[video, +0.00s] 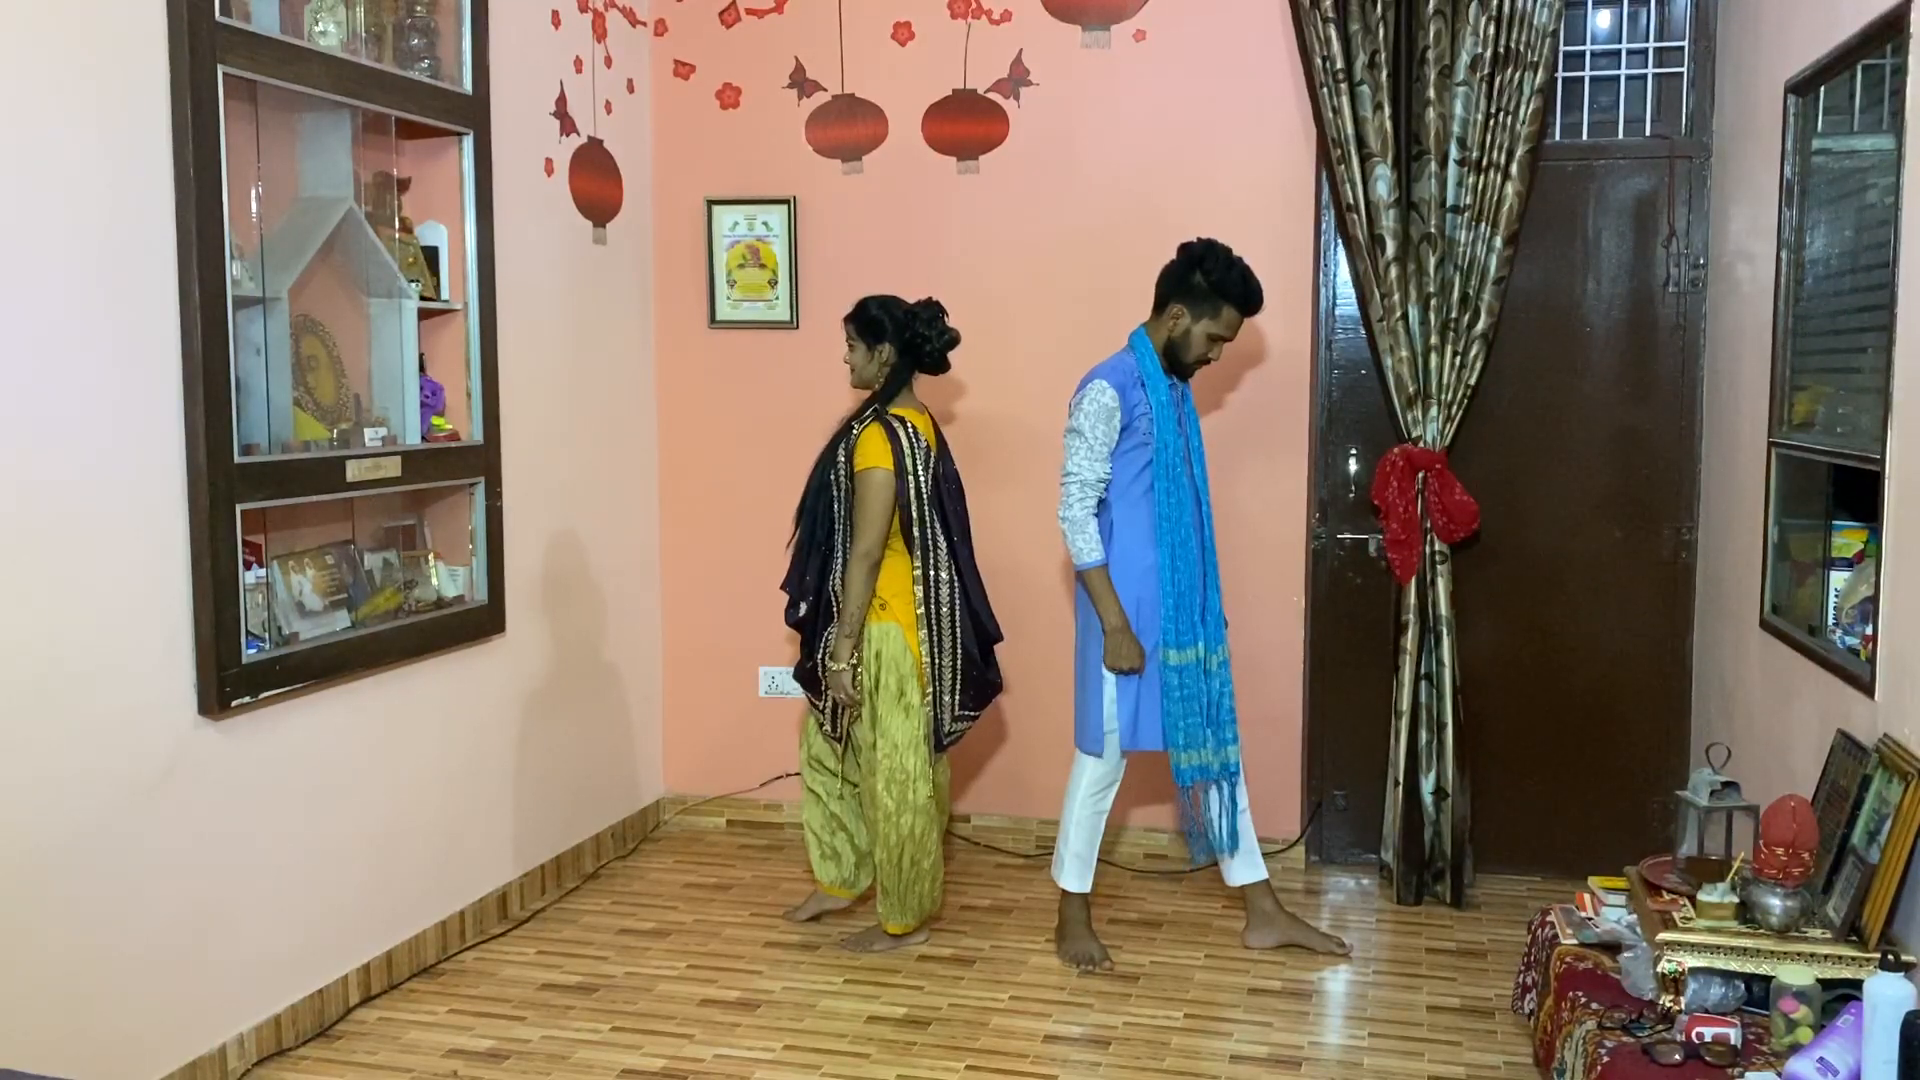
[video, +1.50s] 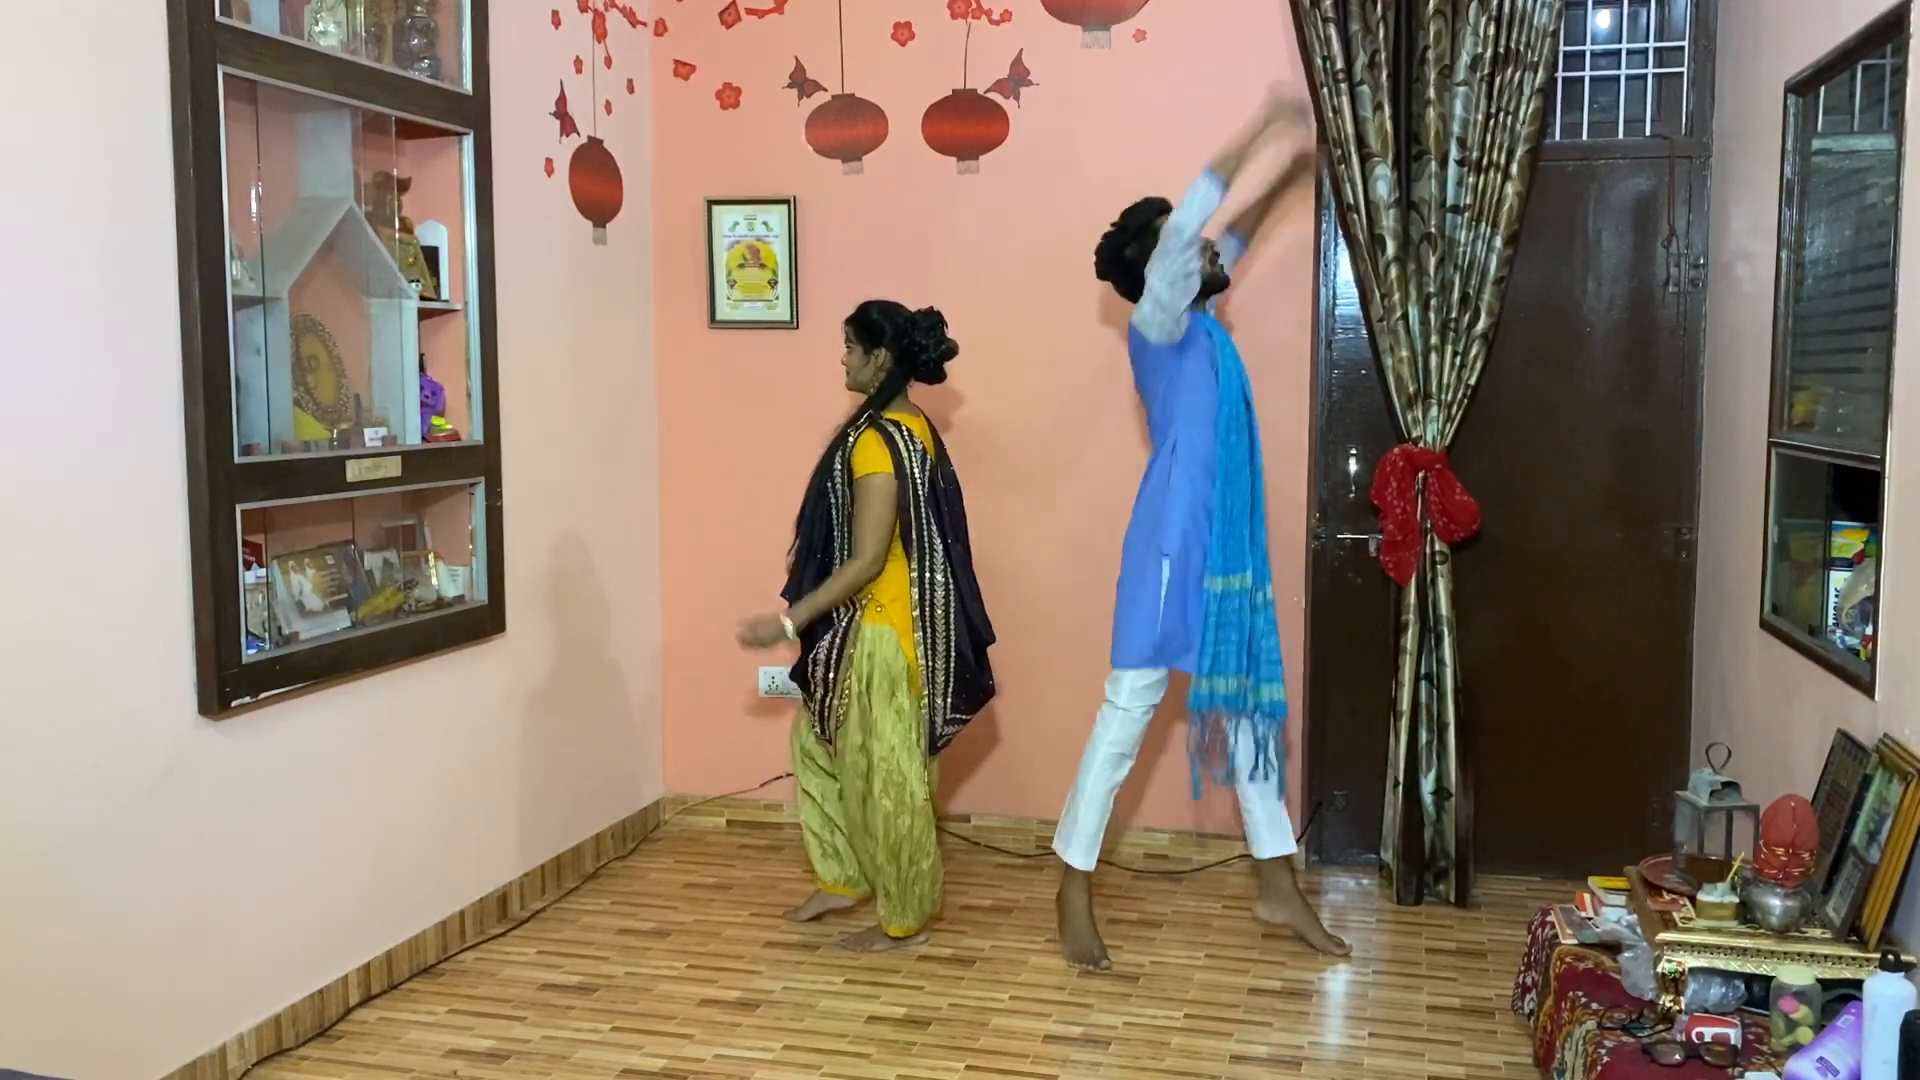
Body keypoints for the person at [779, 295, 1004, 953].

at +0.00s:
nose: (845, 359)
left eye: (854, 347)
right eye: (846, 346)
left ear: (887, 354)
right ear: (894, 354)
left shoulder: (880, 434)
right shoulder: (913, 423)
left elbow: (868, 551)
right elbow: (883, 547)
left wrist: (843, 648)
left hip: (886, 628)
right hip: (884, 618)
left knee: (896, 775)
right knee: (828, 752)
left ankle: (905, 915)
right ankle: (842, 878)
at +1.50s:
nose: (842, 359)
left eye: (850, 349)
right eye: (845, 348)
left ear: (880, 357)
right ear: (888, 358)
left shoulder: (877, 439)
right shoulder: (908, 426)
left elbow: (867, 558)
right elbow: (892, 552)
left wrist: (788, 618)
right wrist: (811, 614)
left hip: (880, 630)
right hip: (885, 623)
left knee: (889, 772)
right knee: (818, 745)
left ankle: (907, 915)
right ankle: (845, 880)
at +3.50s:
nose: (857, 314)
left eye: (856, 306)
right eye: (843, 306)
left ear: (851, 320)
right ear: (820, 321)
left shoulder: (881, 378)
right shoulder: (823, 378)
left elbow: (888, 313)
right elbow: (847, 306)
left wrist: (910, 236)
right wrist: (833, 201)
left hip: (886, 580)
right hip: (826, 573)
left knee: (909, 733)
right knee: (785, 723)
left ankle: (939, 874)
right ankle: (744, 871)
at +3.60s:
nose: (887, 346)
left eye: (887, 336)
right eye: (873, 336)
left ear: (884, 354)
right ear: (841, 352)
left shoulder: (905, 419)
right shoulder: (822, 410)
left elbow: (908, 385)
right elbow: (848, 421)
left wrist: (934, 356)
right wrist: (885, 358)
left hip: (906, 611)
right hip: (833, 608)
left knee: (925, 753)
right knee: (799, 745)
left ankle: (932, 887)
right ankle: (746, 886)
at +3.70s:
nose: (909, 379)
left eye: (906, 370)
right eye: (896, 372)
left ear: (880, 385)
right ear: (862, 386)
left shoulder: (901, 454)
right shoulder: (845, 450)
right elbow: (840, 523)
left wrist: (975, 511)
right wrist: (936, 528)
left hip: (903, 634)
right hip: (844, 633)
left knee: (942, 762)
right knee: (824, 769)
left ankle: (933, 895)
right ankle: (744, 900)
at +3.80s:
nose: (916, 383)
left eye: (913, 372)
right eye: (903, 374)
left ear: (876, 388)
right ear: (869, 386)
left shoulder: (879, 451)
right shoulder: (878, 457)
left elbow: (910, 533)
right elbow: (857, 548)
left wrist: (985, 531)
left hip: (889, 650)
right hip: (854, 651)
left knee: (945, 770)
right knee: (820, 780)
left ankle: (932, 894)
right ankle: (744, 899)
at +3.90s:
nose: (914, 356)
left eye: (913, 344)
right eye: (901, 345)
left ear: (892, 353)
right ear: (866, 355)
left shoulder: (899, 421)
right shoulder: (858, 425)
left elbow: (921, 518)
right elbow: (817, 512)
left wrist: (981, 552)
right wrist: (794, 603)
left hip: (905, 615)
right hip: (861, 613)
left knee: (930, 749)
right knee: (823, 753)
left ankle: (933, 886)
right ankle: (751, 882)